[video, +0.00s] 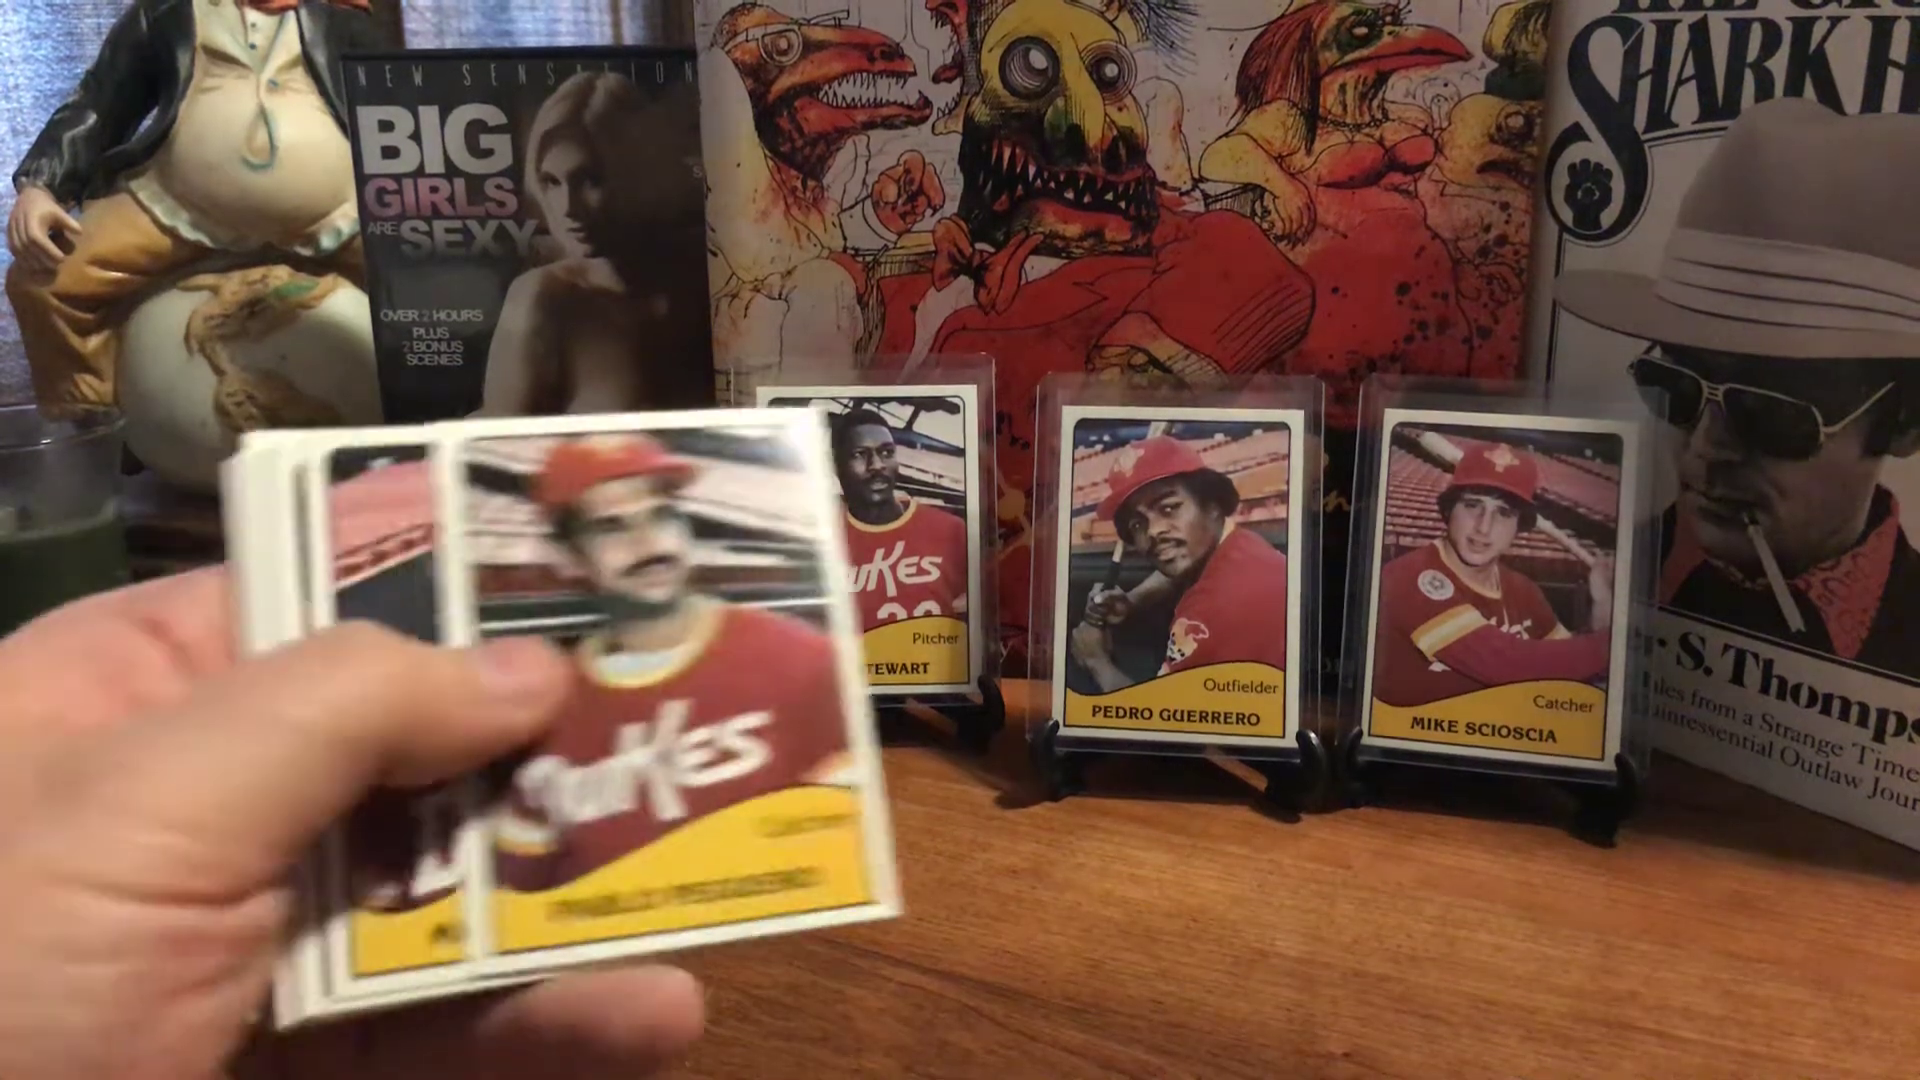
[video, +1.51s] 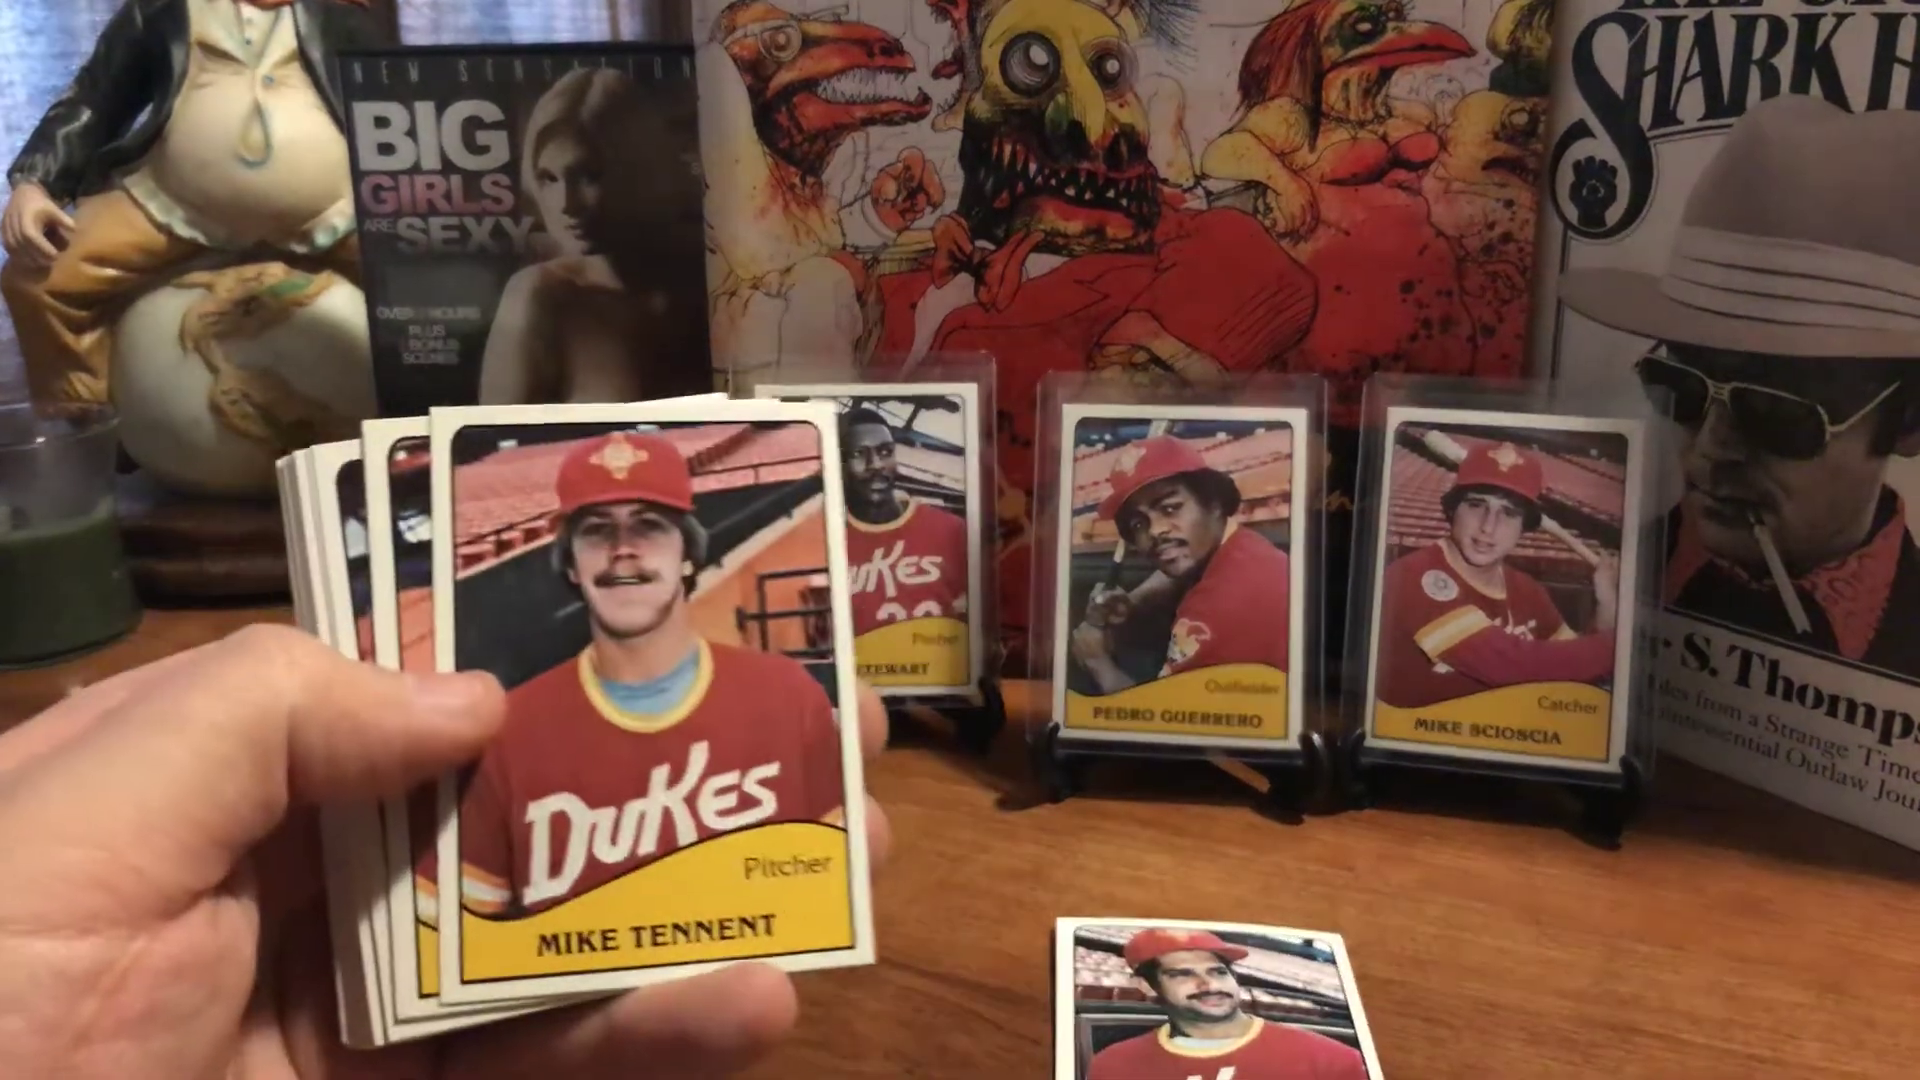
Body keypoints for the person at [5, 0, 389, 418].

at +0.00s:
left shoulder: (347, 21)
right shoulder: (163, 14)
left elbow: (398, 108)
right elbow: (99, 102)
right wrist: (36, 184)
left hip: (339, 213)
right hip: (178, 208)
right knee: (43, 281)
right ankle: (104, 440)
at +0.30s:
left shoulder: (354, 16)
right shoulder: (164, 12)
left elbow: (401, 101)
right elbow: (98, 100)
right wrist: (34, 182)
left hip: (338, 209)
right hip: (177, 203)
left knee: (444, 294)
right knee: (42, 283)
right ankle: (99, 448)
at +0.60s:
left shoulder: (354, 16)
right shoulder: (162, 12)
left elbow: (403, 101)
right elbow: (97, 100)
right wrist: (35, 182)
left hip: (339, 210)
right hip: (177, 204)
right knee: (42, 282)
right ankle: (102, 445)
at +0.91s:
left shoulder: (349, 18)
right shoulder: (163, 12)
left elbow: (402, 102)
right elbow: (98, 101)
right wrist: (36, 182)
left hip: (338, 212)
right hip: (178, 205)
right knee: (42, 283)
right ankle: (104, 445)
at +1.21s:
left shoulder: (347, 20)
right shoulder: (163, 11)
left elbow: (401, 110)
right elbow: (97, 103)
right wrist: (34, 182)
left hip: (335, 214)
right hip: (177, 207)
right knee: (43, 284)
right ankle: (100, 447)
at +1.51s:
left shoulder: (343, 18)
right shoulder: (159, 10)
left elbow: (398, 104)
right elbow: (93, 99)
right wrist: (30, 181)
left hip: (334, 212)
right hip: (174, 206)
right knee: (38, 279)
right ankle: (97, 440)